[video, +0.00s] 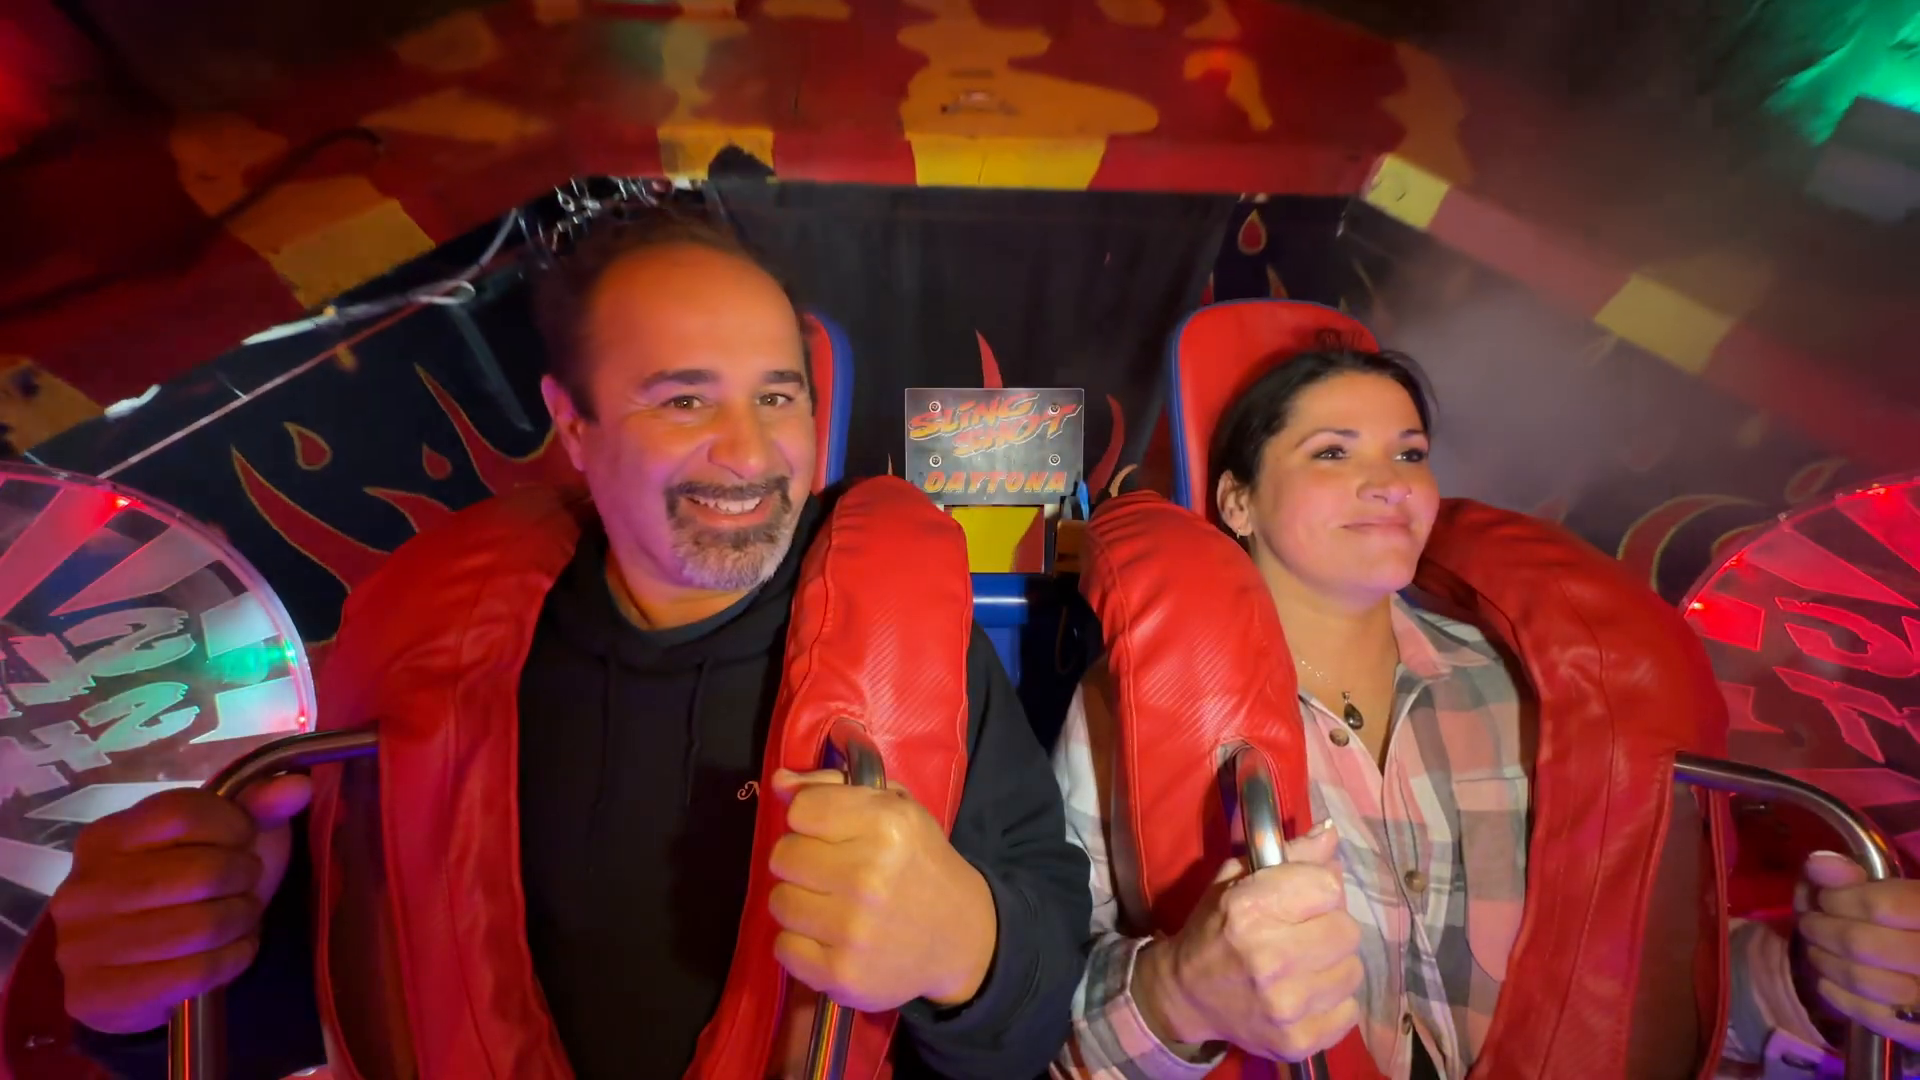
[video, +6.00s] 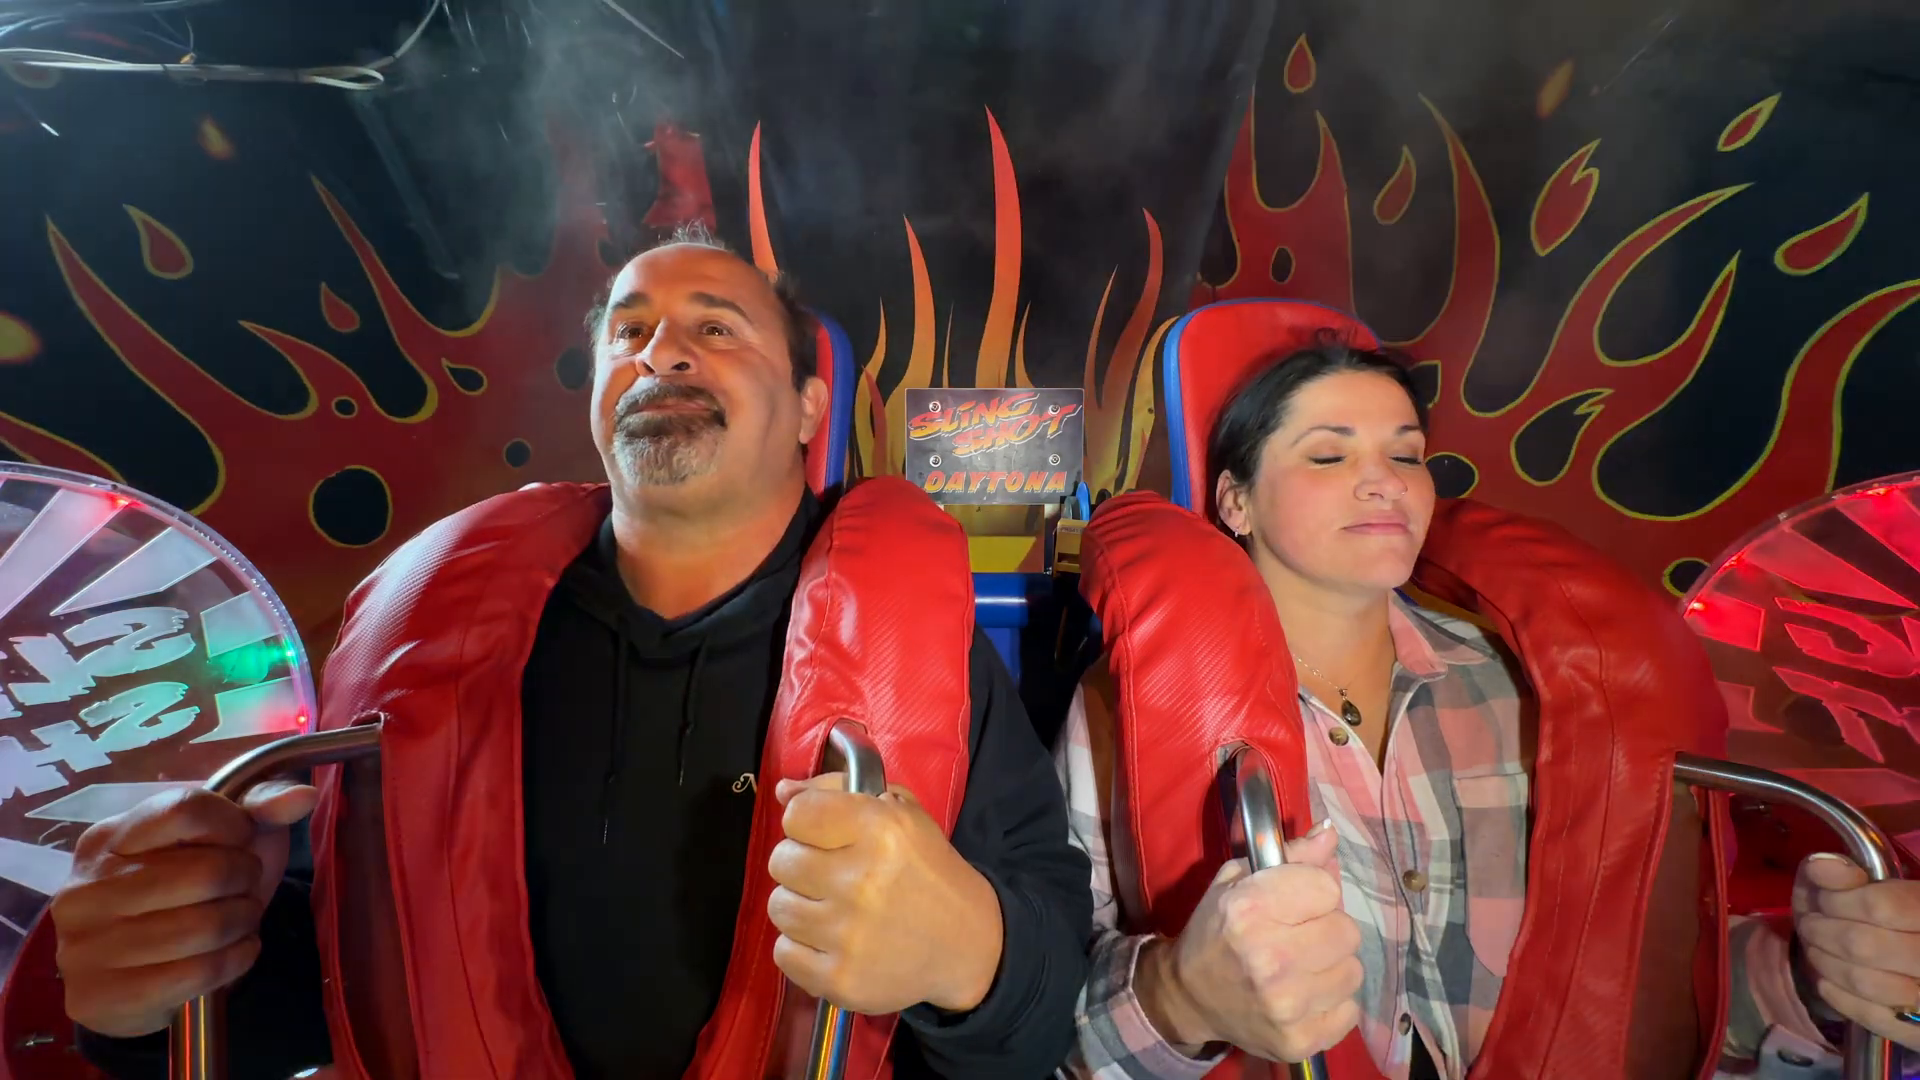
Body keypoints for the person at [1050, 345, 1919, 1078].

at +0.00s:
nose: (1388, 482)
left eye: (1410, 455)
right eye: (1332, 454)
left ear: (1435, 495)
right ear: (1240, 504)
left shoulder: (1520, 692)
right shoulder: (1144, 709)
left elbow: (1617, 961)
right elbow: (1047, 1038)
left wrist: (1807, 974)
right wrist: (1171, 997)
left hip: (1497, 1069)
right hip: (1263, 1074)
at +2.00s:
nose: (1391, 481)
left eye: (1410, 453)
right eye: (1333, 451)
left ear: (1435, 493)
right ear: (1240, 505)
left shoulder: (1522, 695)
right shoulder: (1143, 716)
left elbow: (1612, 974)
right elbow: (1047, 1040)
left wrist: (1804, 975)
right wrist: (1174, 998)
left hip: (1499, 1069)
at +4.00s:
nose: (1376, 484)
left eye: (1397, 452)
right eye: (1319, 452)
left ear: (1429, 488)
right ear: (1233, 502)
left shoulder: (1518, 692)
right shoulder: (1143, 713)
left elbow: (1626, 962)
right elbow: (1066, 1036)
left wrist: (1817, 975)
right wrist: (1178, 1001)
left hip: (1501, 1071)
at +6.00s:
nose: (1384, 485)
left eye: (1404, 458)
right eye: (1330, 457)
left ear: (1433, 491)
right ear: (1237, 503)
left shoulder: (1517, 693)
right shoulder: (1139, 714)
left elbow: (1618, 958)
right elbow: (1061, 1034)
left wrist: (1809, 977)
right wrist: (1173, 1001)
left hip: (1493, 1065)